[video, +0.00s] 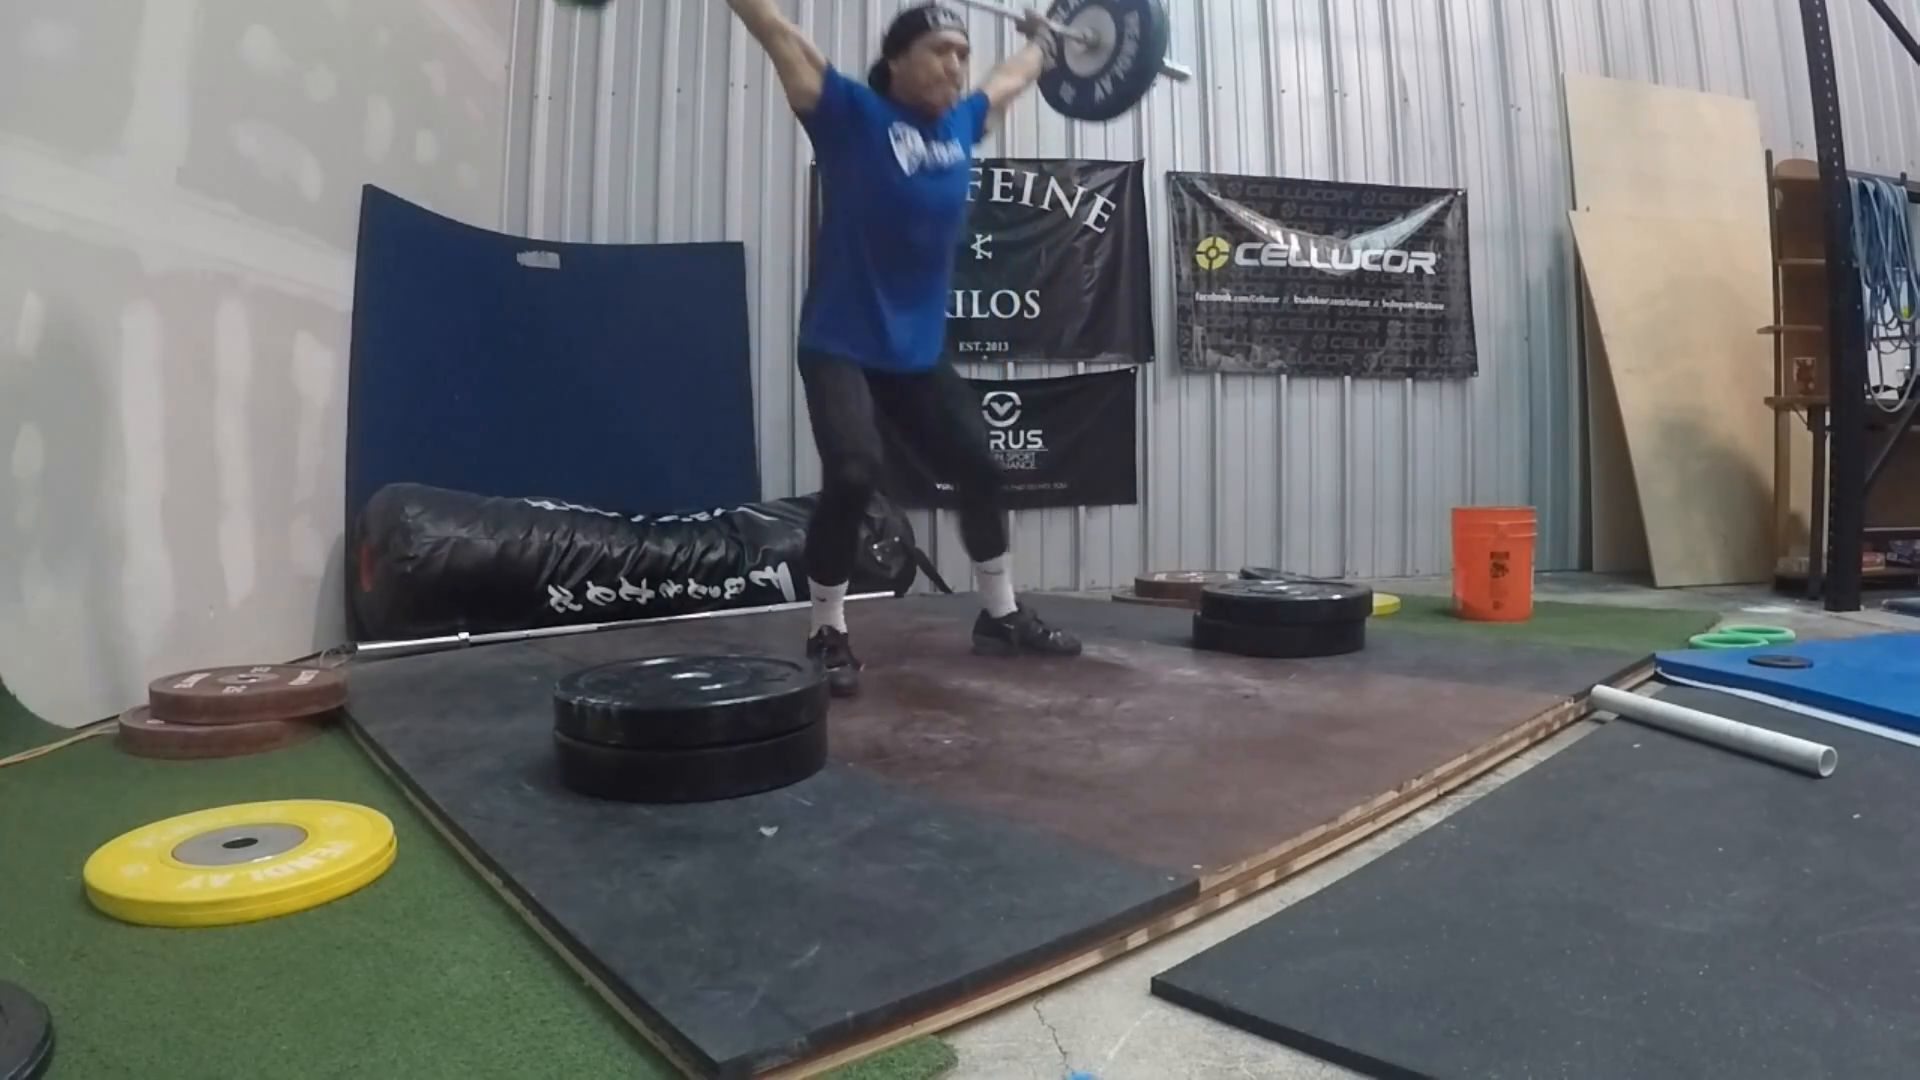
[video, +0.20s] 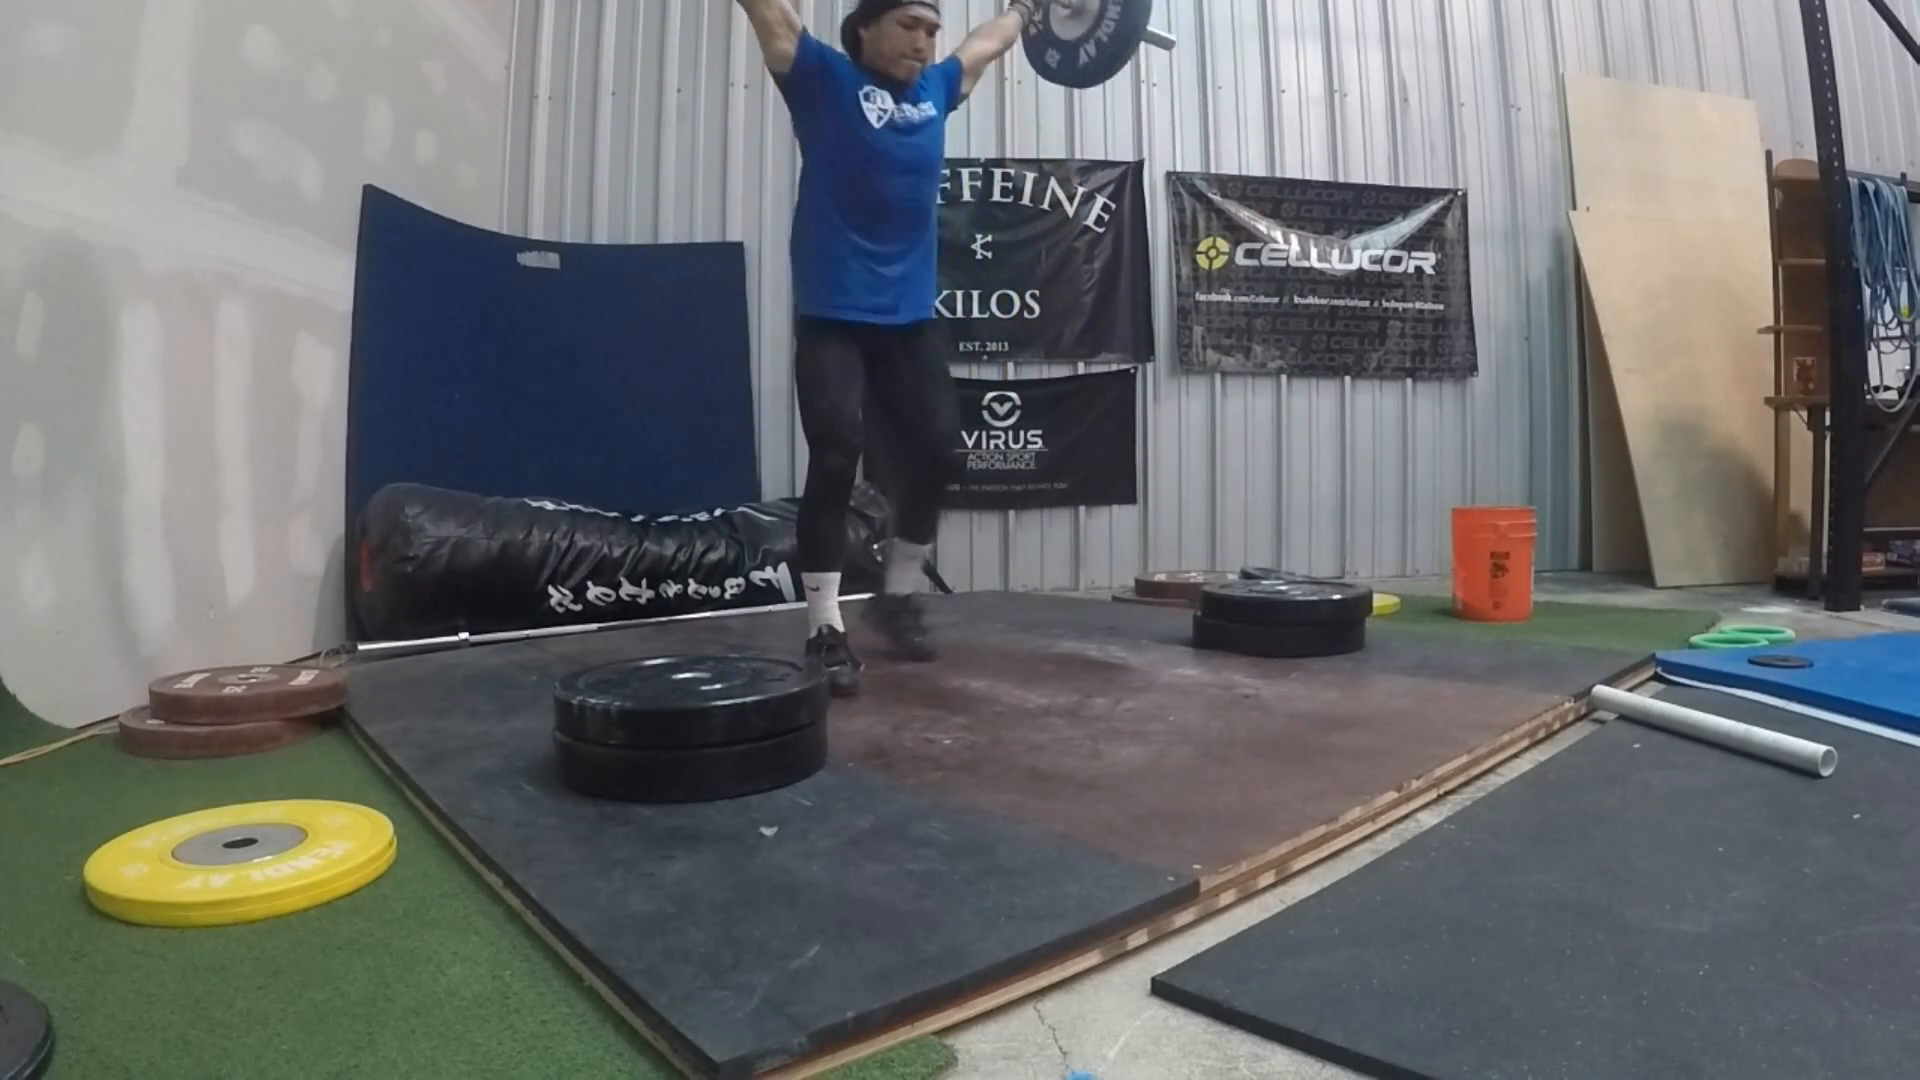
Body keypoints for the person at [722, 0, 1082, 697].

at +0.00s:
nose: (953, 68)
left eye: (959, 57)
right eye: (939, 52)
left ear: (962, 69)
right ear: (895, 60)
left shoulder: (959, 124)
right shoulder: (848, 112)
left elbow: (1011, 80)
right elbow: (775, 32)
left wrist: (1042, 40)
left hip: (917, 353)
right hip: (839, 345)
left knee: (981, 472)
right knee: (853, 475)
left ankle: (1001, 617)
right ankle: (827, 634)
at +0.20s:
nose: (923, 41)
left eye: (929, 29)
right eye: (910, 25)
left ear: (931, 41)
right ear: (864, 30)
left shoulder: (935, 88)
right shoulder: (820, 76)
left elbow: (988, 42)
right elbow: (762, 12)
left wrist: (1030, 6)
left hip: (910, 318)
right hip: (830, 316)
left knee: (940, 456)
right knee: (835, 458)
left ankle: (901, 588)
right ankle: (824, 627)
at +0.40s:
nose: (907, 52)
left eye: (913, 42)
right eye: (894, 38)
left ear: (917, 54)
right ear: (851, 42)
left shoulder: (920, 100)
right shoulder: (812, 92)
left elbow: (976, 53)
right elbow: (752, 24)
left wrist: (1020, 18)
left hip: (902, 321)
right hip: (829, 319)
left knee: (889, 464)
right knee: (833, 461)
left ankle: (875, 612)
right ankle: (826, 629)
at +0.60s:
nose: (863, 79)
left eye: (870, 69)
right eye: (849, 67)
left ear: (874, 75)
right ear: (809, 72)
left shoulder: (887, 131)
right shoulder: (777, 126)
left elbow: (958, 106)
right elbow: (702, 82)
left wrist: (1004, 51)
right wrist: (690, 8)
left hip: (897, 331)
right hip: (824, 332)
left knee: (901, 468)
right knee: (828, 463)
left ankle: (880, 614)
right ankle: (822, 629)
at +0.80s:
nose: (835, 96)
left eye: (841, 86)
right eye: (823, 83)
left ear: (846, 93)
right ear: (783, 88)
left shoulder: (855, 156)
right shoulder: (746, 148)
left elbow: (928, 215)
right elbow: (675, 201)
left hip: (866, 328)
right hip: (796, 329)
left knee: (870, 459)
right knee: (809, 449)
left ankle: (878, 612)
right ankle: (757, 585)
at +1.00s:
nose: (805, 122)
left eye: (811, 112)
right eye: (793, 110)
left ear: (815, 116)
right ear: (753, 112)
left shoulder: (821, 185)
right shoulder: (716, 176)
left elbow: (839, 268)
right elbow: (694, 257)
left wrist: (876, 337)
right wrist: (749, 307)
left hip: (813, 361)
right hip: (742, 362)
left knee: (835, 476)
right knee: (738, 483)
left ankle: (868, 609)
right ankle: (686, 586)